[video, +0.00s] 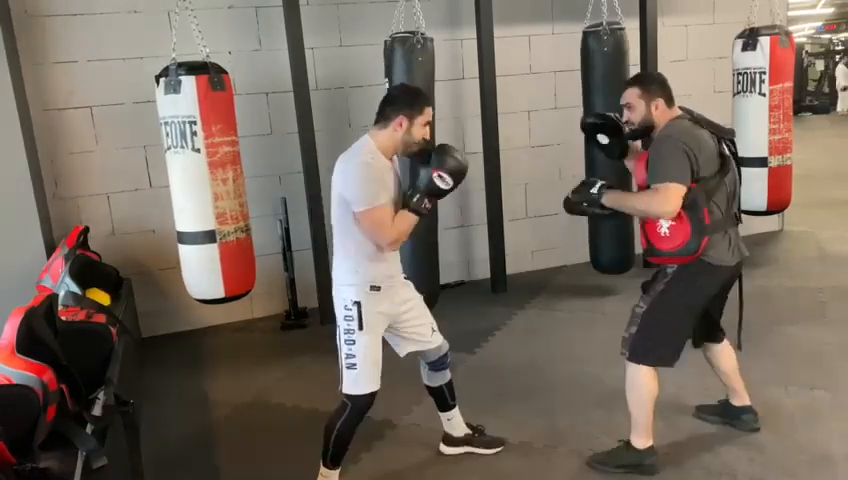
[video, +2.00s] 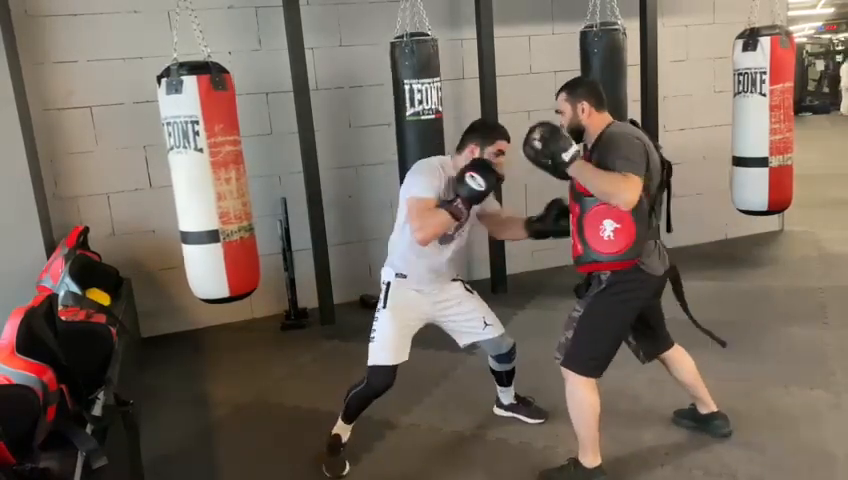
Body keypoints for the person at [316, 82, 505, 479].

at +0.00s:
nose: (429, 135)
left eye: (430, 126)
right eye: (425, 125)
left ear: (399, 124)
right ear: (400, 123)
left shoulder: (390, 160)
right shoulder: (358, 166)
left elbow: (395, 220)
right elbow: (388, 237)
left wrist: (423, 186)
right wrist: (425, 199)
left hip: (393, 282)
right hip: (358, 290)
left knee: (435, 352)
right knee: (361, 393)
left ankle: (456, 434)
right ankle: (327, 473)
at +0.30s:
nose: (439, 133)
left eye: (440, 124)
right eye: (436, 124)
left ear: (409, 122)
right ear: (412, 122)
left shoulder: (409, 160)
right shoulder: (369, 164)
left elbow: (414, 216)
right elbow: (415, 229)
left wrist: (445, 176)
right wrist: (444, 183)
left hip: (409, 280)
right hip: (371, 292)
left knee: (467, 335)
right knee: (368, 393)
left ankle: (471, 410)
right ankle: (329, 472)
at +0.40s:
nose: (456, 140)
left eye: (458, 131)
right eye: (453, 131)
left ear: (428, 129)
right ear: (429, 128)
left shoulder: (428, 164)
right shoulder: (379, 167)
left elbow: (453, 176)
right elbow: (400, 239)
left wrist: (489, 157)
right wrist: (440, 200)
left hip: (423, 284)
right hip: (380, 293)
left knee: (476, 344)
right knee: (372, 393)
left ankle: (491, 405)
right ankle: (330, 471)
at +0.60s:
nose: (491, 163)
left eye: (493, 156)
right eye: (491, 155)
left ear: (467, 149)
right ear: (474, 150)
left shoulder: (448, 175)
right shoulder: (439, 180)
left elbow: (460, 212)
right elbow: (451, 245)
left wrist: (499, 193)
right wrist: (494, 223)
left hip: (438, 293)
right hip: (415, 302)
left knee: (490, 339)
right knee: (425, 413)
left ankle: (501, 405)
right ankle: (343, 469)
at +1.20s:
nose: (473, 150)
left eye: (474, 143)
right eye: (467, 142)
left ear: (455, 140)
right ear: (440, 136)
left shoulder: (452, 166)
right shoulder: (396, 171)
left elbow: (484, 180)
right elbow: (419, 235)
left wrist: (529, 174)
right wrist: (447, 185)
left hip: (446, 276)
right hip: (400, 282)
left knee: (498, 339)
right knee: (380, 376)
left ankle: (501, 405)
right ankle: (336, 446)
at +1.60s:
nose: (484, 168)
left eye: (488, 163)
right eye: (485, 161)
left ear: (468, 149)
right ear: (472, 151)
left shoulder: (455, 176)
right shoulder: (434, 172)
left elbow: (480, 235)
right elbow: (470, 233)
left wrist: (494, 194)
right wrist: (485, 191)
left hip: (441, 281)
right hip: (409, 287)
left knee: (488, 333)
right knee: (414, 390)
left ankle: (507, 400)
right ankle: (339, 447)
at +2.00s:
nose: (501, 164)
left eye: (503, 157)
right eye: (497, 155)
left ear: (479, 154)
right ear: (473, 150)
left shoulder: (474, 186)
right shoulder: (426, 171)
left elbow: (501, 226)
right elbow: (423, 231)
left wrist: (544, 223)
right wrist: (464, 199)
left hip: (447, 287)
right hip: (403, 288)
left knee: (502, 346)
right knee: (381, 378)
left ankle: (507, 401)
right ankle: (339, 433)